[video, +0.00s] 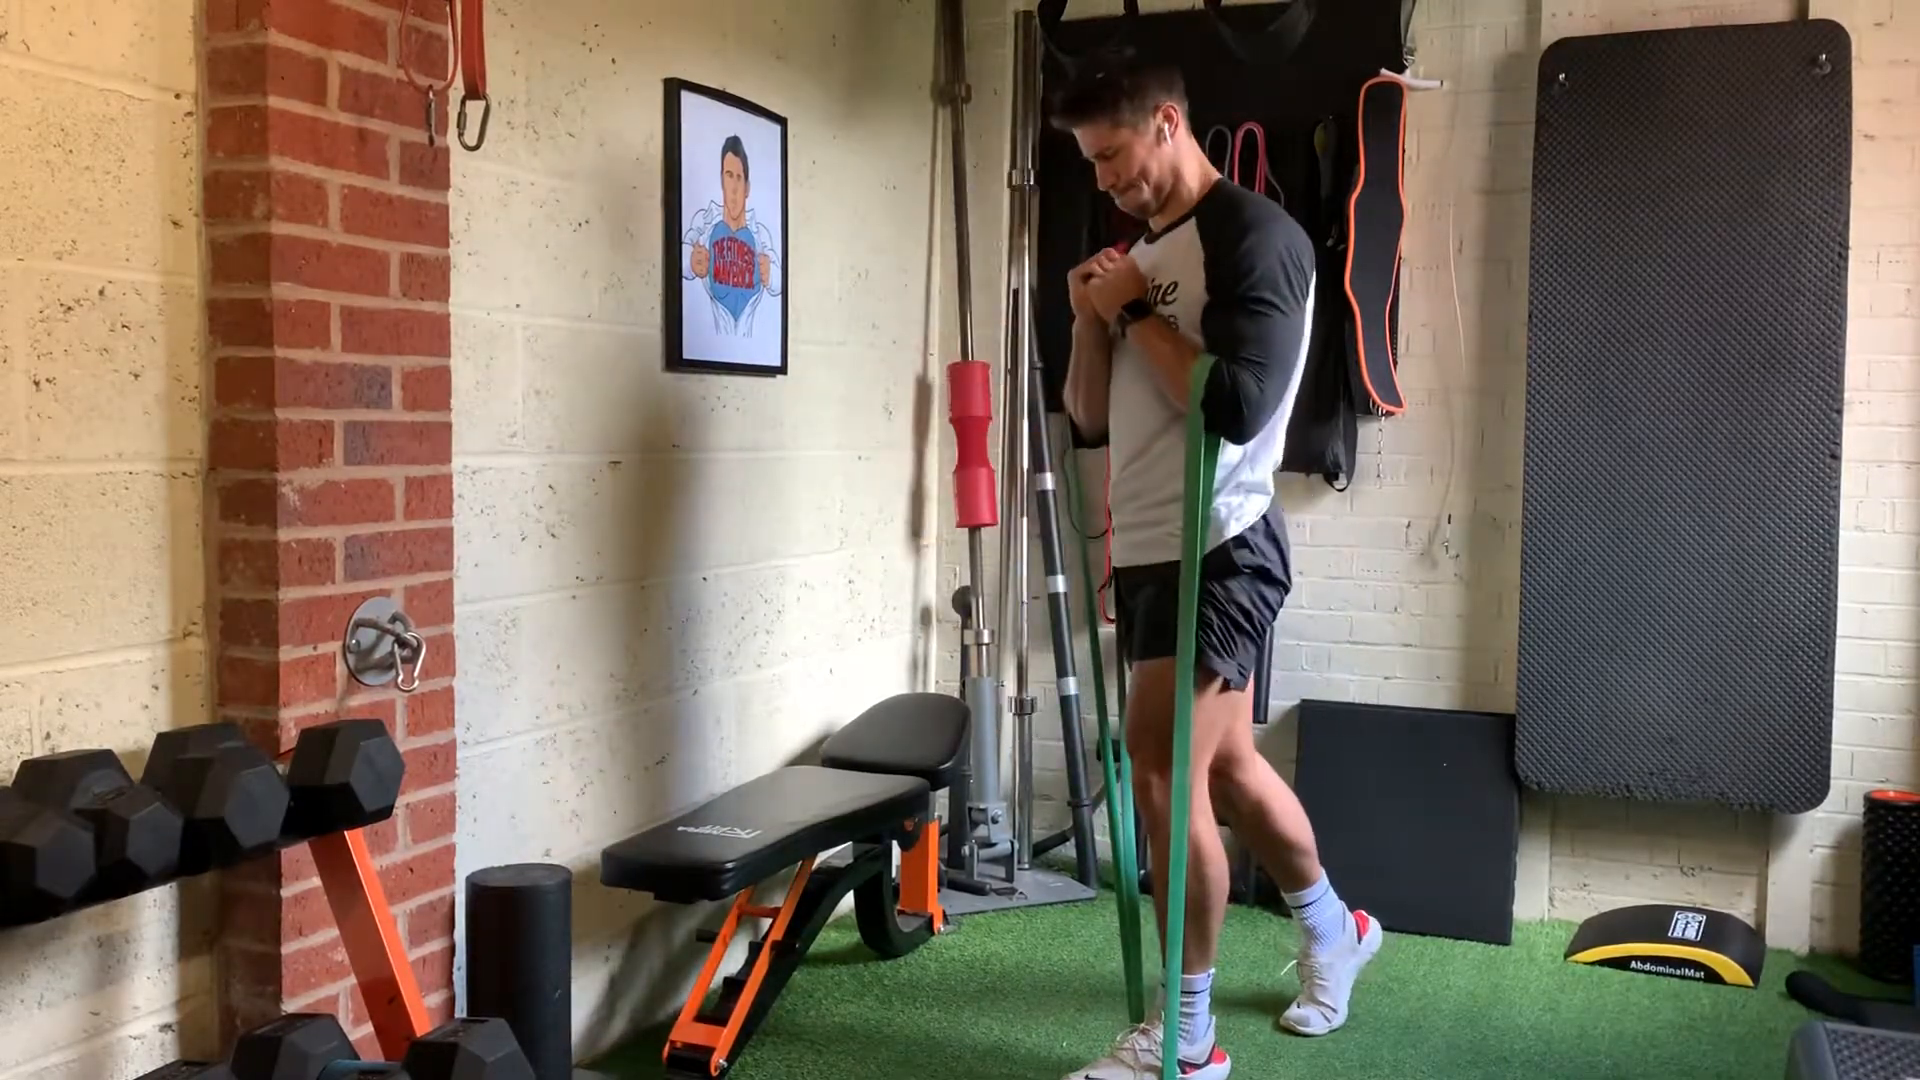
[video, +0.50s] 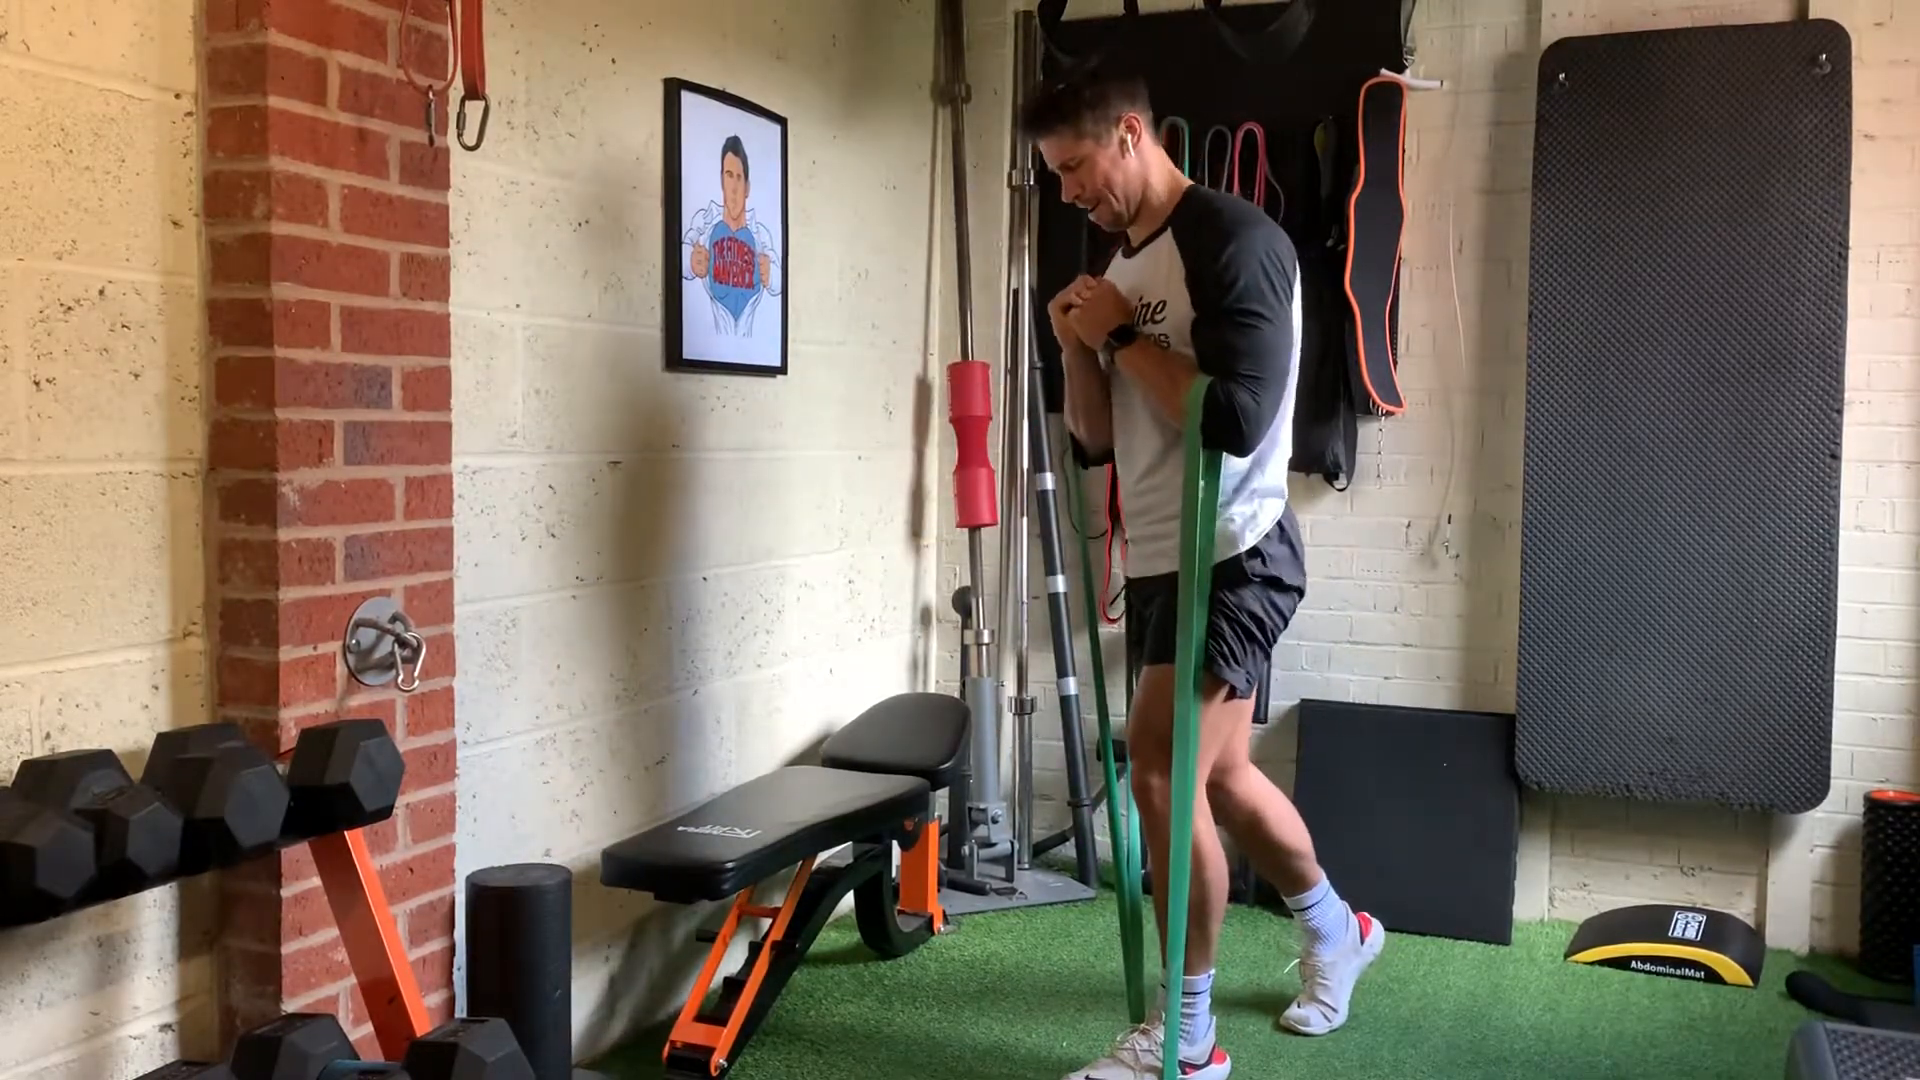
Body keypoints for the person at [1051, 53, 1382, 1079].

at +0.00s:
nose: (1109, 183)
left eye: (1119, 158)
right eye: (1094, 165)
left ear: (1173, 130)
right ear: (1094, 156)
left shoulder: (1260, 235)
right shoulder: (1124, 252)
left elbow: (1241, 404)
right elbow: (1091, 421)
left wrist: (1128, 314)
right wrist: (1094, 320)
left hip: (1222, 546)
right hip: (1144, 554)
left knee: (1164, 775)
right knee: (1231, 768)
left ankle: (1187, 1032)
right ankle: (1336, 930)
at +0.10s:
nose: (1109, 188)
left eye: (1117, 161)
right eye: (1094, 170)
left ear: (1169, 127)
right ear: (1093, 158)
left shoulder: (1262, 236)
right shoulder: (1127, 251)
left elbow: (1244, 407)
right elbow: (1091, 424)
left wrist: (1129, 315)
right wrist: (1094, 321)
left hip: (1228, 547)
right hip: (1146, 552)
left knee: (1164, 766)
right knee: (1232, 769)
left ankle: (1188, 1032)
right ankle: (1334, 929)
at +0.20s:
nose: (1103, 187)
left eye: (1110, 161)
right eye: (1089, 168)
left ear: (1165, 130)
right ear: (1112, 154)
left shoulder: (1262, 239)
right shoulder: (1127, 252)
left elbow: (1245, 412)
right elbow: (1092, 424)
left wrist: (1134, 318)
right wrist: (1092, 325)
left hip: (1228, 546)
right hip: (1148, 550)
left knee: (1162, 767)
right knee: (1229, 771)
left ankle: (1188, 1034)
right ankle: (1335, 929)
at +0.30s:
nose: (1096, 186)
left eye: (1104, 160)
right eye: (1083, 167)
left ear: (1161, 128)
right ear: (1093, 157)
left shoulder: (1257, 238)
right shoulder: (1125, 253)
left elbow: (1242, 412)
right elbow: (1092, 425)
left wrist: (1130, 321)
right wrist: (1088, 328)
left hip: (1225, 546)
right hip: (1147, 550)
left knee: (1161, 765)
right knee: (1228, 771)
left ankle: (1188, 1033)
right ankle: (1333, 928)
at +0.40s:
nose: (1084, 186)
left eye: (1093, 161)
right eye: (1072, 168)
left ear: (1149, 131)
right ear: (1091, 155)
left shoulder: (1249, 239)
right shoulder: (1117, 254)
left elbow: (1241, 414)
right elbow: (1093, 430)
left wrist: (1126, 326)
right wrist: (1085, 335)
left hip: (1231, 548)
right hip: (1151, 553)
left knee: (1159, 763)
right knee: (1229, 772)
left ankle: (1189, 1032)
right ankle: (1336, 929)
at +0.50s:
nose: (1071, 192)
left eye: (1080, 167)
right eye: (1058, 174)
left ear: (1136, 137)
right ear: (1068, 164)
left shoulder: (1239, 241)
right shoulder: (1110, 260)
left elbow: (1241, 419)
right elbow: (1097, 437)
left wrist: (1121, 337)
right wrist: (1081, 347)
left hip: (1236, 549)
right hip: (1159, 555)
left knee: (1160, 768)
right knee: (1225, 775)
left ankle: (1186, 1035)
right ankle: (1338, 932)